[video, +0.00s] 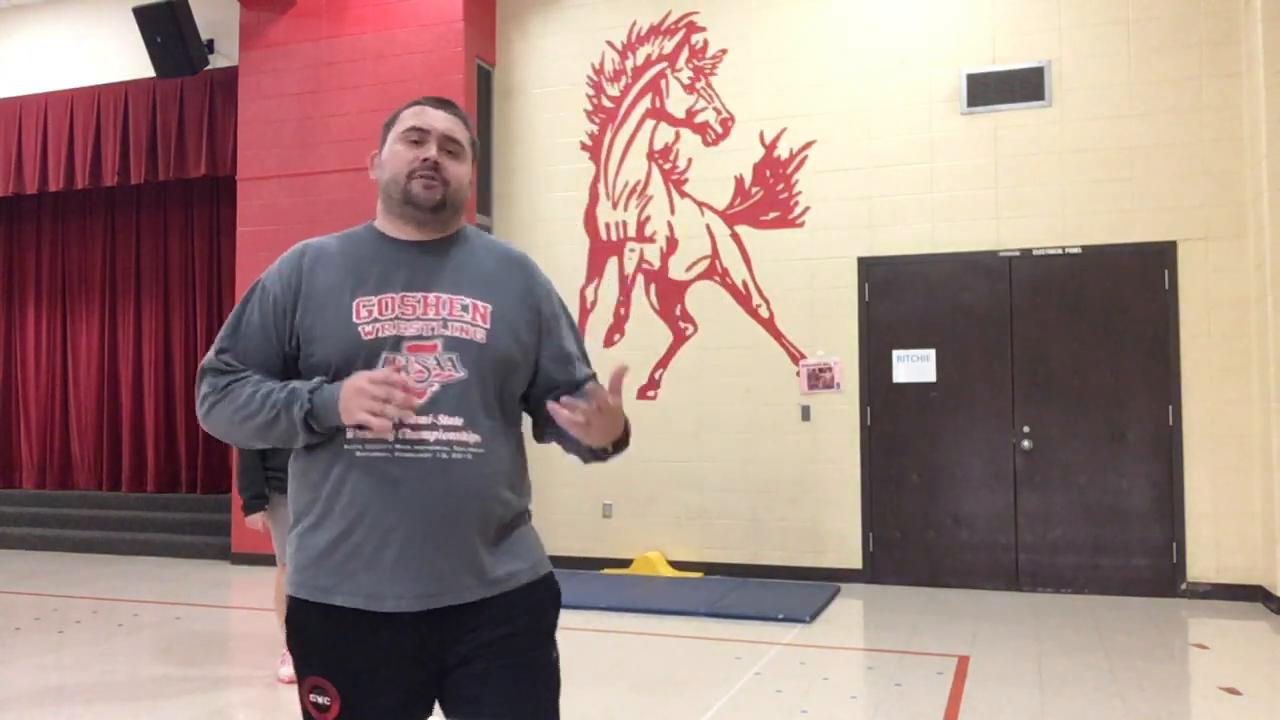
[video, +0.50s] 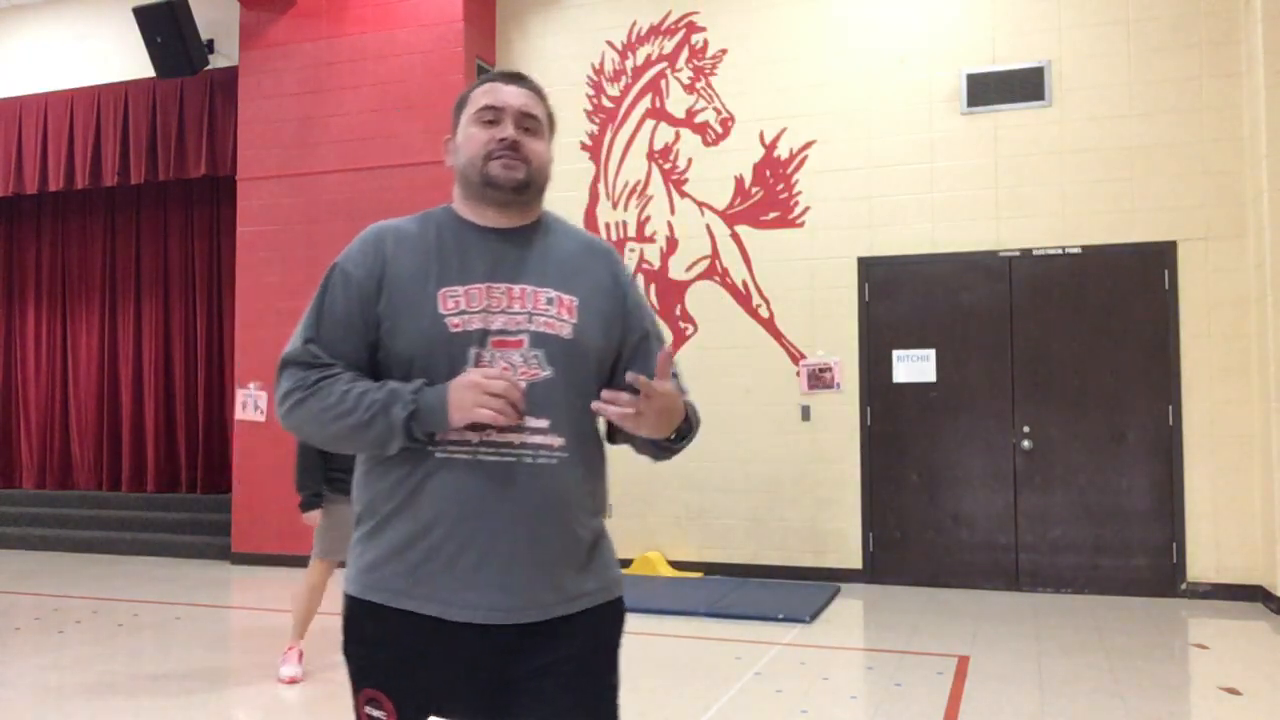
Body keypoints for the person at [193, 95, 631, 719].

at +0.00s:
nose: (431, 154)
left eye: (451, 148)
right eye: (413, 139)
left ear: (472, 178)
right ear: (377, 161)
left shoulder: (515, 277)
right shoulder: (306, 270)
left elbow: (565, 401)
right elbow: (218, 392)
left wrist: (608, 435)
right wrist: (329, 403)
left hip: (497, 597)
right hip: (345, 603)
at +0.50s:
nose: (509, 132)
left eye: (529, 124)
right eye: (488, 118)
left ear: (552, 154)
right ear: (450, 145)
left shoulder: (597, 266)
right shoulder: (384, 253)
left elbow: (656, 410)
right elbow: (301, 390)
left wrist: (672, 422)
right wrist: (430, 405)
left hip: (565, 608)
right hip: (408, 606)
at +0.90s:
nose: (566, 119)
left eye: (590, 115)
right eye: (547, 106)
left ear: (614, 156)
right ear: (510, 137)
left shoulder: (659, 262)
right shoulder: (436, 247)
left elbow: (721, 424)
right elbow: (346, 384)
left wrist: (726, 388)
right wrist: (456, 404)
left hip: (620, 617)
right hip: (459, 615)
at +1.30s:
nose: (584, 128)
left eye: (608, 119)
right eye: (567, 114)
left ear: (638, 157)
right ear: (535, 142)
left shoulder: (682, 268)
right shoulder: (460, 247)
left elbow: (742, 425)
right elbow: (359, 370)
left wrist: (728, 356)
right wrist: (436, 358)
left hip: (638, 613)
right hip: (485, 609)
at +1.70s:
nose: (585, 139)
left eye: (603, 128)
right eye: (563, 126)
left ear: (624, 156)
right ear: (523, 156)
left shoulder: (673, 274)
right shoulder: (461, 257)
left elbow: (714, 417)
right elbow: (361, 398)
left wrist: (756, 378)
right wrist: (418, 318)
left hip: (643, 612)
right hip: (491, 607)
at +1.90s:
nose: (568, 148)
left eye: (583, 134)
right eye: (545, 135)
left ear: (605, 159)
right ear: (507, 165)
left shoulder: (657, 277)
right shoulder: (452, 267)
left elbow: (700, 408)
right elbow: (366, 405)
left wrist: (772, 386)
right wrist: (378, 326)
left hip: (632, 604)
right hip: (484, 602)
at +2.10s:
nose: (552, 157)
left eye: (565, 143)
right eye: (528, 145)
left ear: (586, 164)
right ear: (491, 176)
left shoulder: (641, 278)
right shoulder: (443, 272)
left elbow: (677, 411)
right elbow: (365, 413)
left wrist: (731, 387)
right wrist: (373, 334)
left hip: (613, 594)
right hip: (470, 593)